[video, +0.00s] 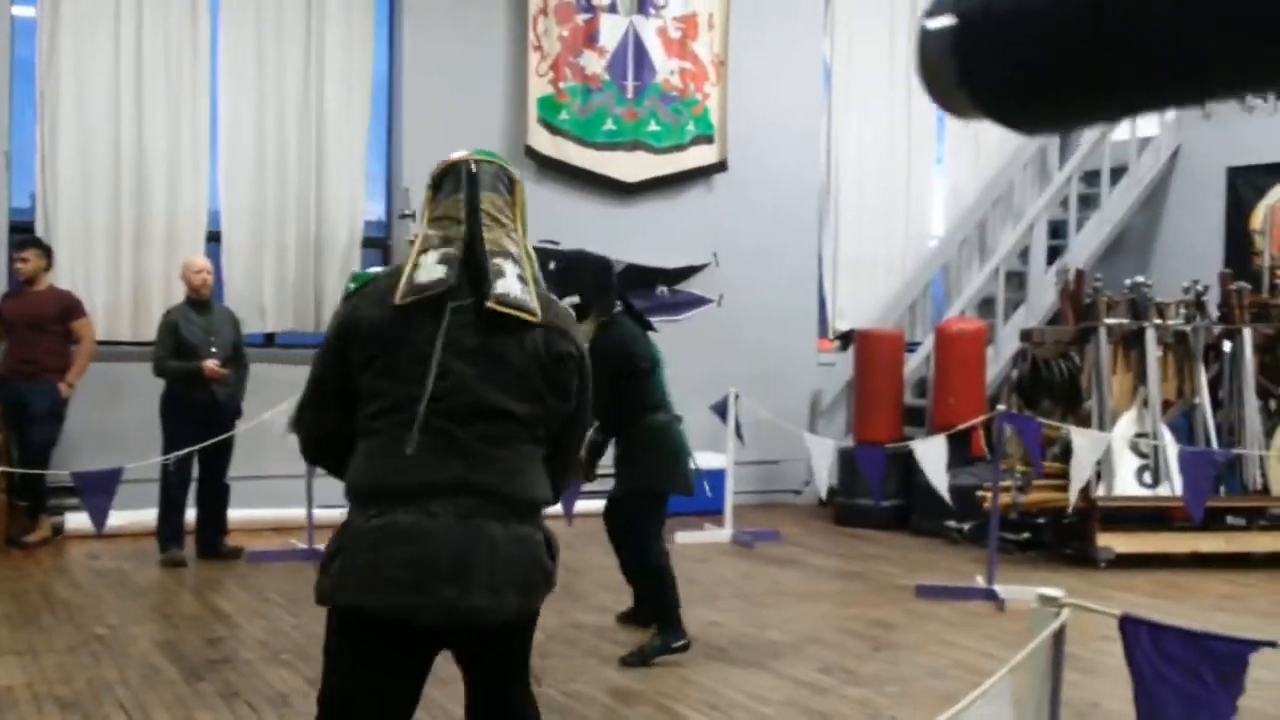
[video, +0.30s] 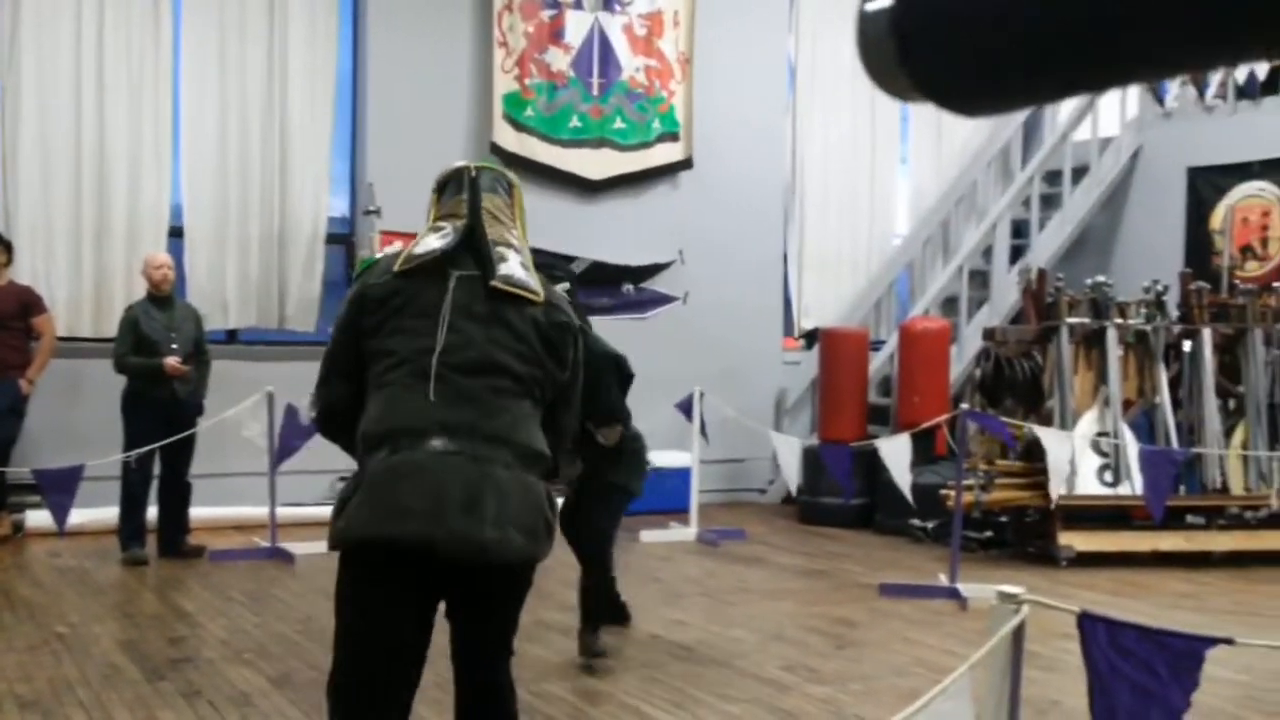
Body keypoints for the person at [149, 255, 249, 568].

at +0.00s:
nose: (204, 277)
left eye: (208, 272)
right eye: (198, 272)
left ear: (214, 277)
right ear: (184, 278)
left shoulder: (227, 317)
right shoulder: (174, 318)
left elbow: (240, 362)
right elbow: (161, 365)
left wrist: (233, 398)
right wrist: (198, 367)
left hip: (220, 408)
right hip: (181, 408)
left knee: (214, 479)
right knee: (176, 477)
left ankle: (211, 541)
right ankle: (171, 545)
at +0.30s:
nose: (164, 273)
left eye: (169, 267)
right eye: (158, 268)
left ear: (175, 273)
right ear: (145, 275)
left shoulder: (189, 313)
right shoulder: (135, 314)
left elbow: (202, 359)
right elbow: (121, 361)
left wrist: (196, 396)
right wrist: (159, 364)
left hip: (181, 405)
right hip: (143, 405)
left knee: (176, 477)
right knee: (137, 475)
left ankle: (173, 540)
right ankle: (133, 544)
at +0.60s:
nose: (142, 270)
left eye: (146, 264)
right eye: (135, 264)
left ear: (153, 271)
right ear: (123, 272)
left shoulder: (168, 310)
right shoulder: (113, 312)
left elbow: (181, 356)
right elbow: (99, 360)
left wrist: (176, 394)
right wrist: (138, 362)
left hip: (161, 403)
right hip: (121, 403)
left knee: (155, 476)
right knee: (115, 474)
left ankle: (152, 540)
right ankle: (112, 544)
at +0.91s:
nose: (128, 271)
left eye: (132, 265)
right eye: (121, 265)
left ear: (140, 271)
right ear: (110, 273)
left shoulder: (155, 311)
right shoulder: (99, 314)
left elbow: (169, 357)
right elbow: (86, 361)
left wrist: (164, 395)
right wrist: (125, 364)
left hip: (148, 404)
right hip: (108, 404)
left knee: (143, 477)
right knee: (103, 475)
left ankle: (140, 542)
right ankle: (99, 546)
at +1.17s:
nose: (126, 289)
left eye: (131, 283)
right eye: (119, 284)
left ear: (139, 289)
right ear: (109, 291)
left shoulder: (154, 330)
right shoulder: (99, 332)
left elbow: (172, 372)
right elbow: (85, 379)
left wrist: (152, 381)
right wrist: (115, 381)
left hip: (147, 421)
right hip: (108, 421)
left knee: (143, 494)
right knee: (103, 493)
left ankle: (140, 560)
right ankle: (98, 564)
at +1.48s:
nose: (130, 286)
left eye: (135, 280)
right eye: (123, 281)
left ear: (143, 286)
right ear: (113, 289)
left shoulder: (157, 326)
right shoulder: (104, 327)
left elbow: (172, 366)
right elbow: (90, 375)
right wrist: (127, 379)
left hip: (151, 417)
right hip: (111, 417)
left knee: (145, 491)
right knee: (106, 488)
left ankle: (143, 555)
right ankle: (102, 558)